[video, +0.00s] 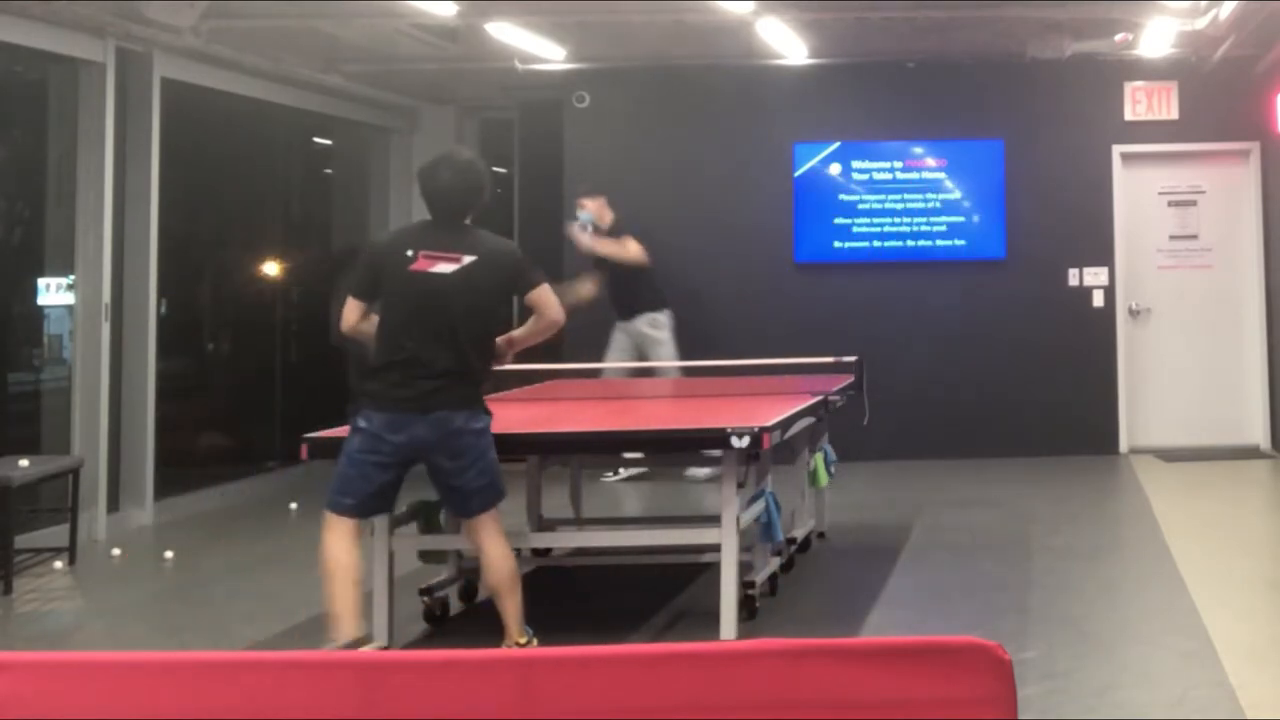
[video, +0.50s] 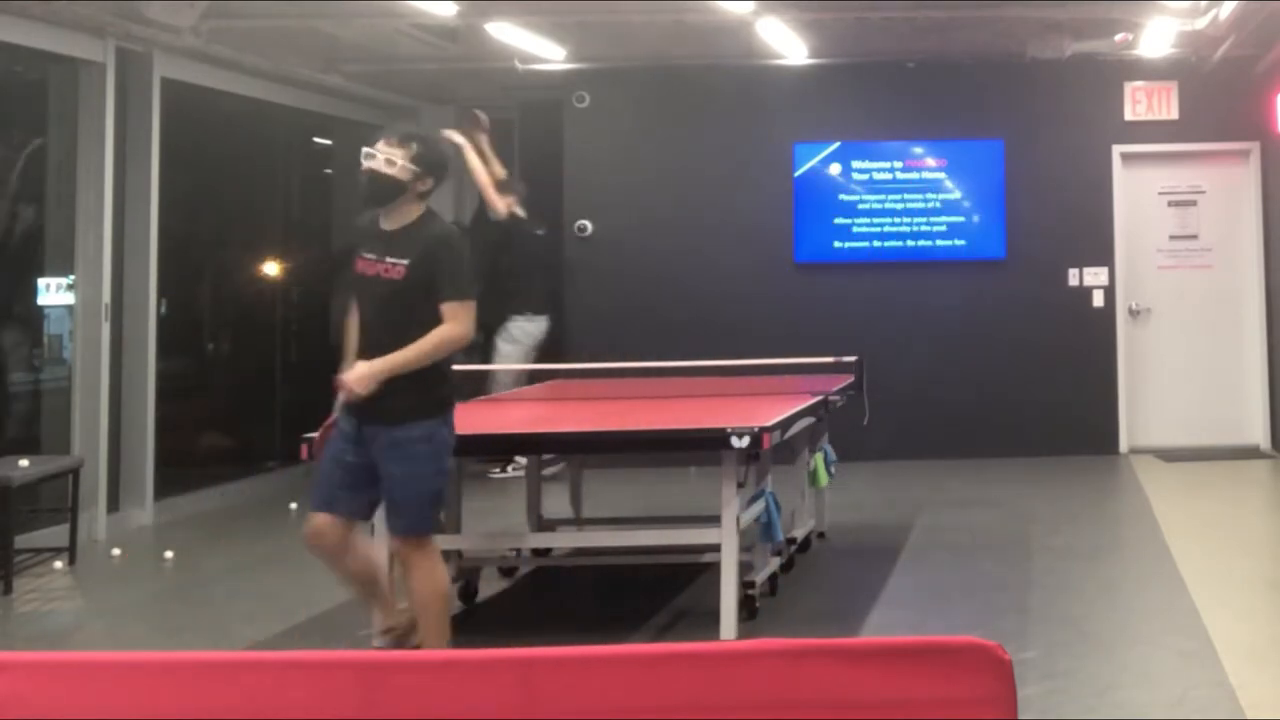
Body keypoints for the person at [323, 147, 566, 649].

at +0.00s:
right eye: (478, 192)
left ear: (425, 197)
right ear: (479, 198)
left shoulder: (389, 248)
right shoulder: (502, 254)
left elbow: (350, 323)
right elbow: (552, 316)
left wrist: (400, 337)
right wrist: (507, 344)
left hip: (386, 416)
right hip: (459, 416)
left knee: (341, 521)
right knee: (485, 524)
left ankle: (347, 639)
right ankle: (516, 638)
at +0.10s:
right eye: (471, 192)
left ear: (423, 197)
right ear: (479, 198)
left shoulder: (386, 251)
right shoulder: (502, 254)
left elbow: (353, 332)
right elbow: (535, 325)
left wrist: (396, 343)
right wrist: (487, 346)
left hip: (397, 422)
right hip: (467, 418)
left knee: (363, 532)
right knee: (489, 527)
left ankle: (409, 643)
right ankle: (519, 639)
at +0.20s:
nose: (398, 197)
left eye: (404, 190)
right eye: (401, 188)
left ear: (417, 201)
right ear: (461, 200)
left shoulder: (391, 259)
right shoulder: (489, 253)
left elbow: (370, 348)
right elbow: (508, 329)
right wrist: (464, 344)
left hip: (403, 432)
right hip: (465, 424)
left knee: (372, 545)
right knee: (478, 525)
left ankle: (430, 659)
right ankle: (518, 637)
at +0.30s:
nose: (381, 183)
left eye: (393, 179)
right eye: (388, 174)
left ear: (415, 204)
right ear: (429, 205)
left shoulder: (408, 258)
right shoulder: (454, 246)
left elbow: (406, 347)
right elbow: (456, 337)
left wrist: (366, 362)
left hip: (405, 429)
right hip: (444, 421)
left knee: (366, 550)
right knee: (441, 526)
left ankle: (432, 663)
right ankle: (503, 623)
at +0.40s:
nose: (380, 177)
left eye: (393, 171)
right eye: (384, 167)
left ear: (421, 191)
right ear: (413, 190)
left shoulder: (434, 246)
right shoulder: (398, 241)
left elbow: (440, 335)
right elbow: (399, 327)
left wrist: (373, 364)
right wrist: (369, 377)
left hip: (416, 417)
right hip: (392, 412)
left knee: (390, 540)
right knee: (388, 529)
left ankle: (431, 657)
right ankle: (465, 608)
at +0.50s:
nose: (374, 174)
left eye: (389, 167)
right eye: (374, 164)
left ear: (422, 182)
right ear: (370, 169)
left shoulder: (444, 239)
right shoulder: (369, 234)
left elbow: (461, 327)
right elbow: (357, 314)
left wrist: (379, 368)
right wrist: (347, 388)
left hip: (416, 420)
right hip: (362, 414)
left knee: (415, 544)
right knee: (325, 530)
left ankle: (436, 664)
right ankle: (394, 613)